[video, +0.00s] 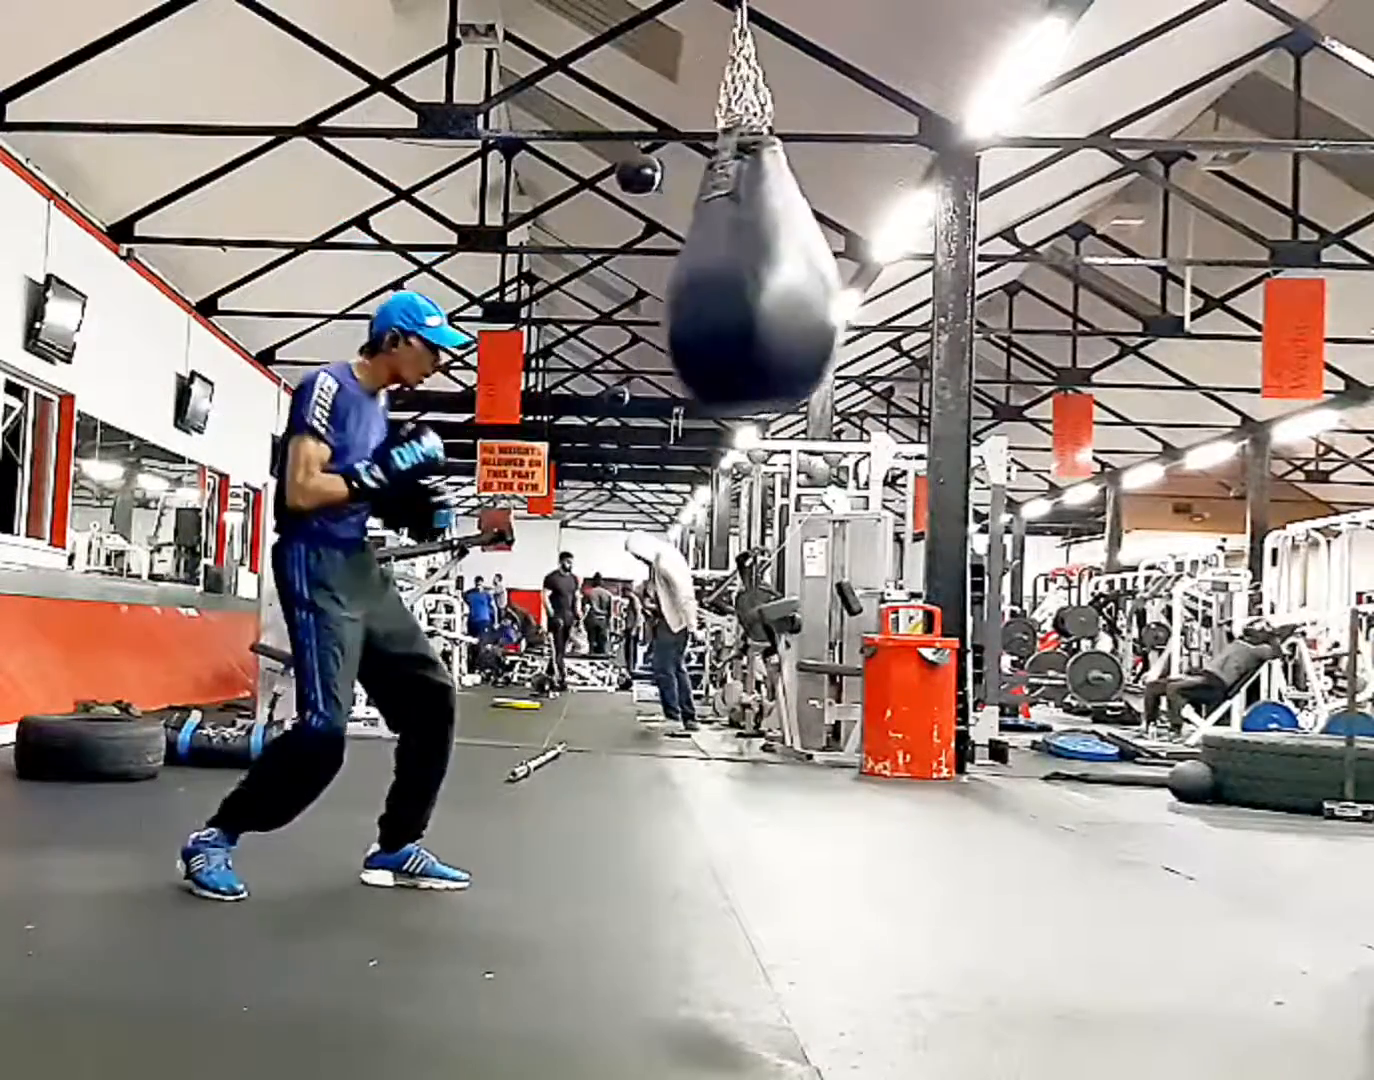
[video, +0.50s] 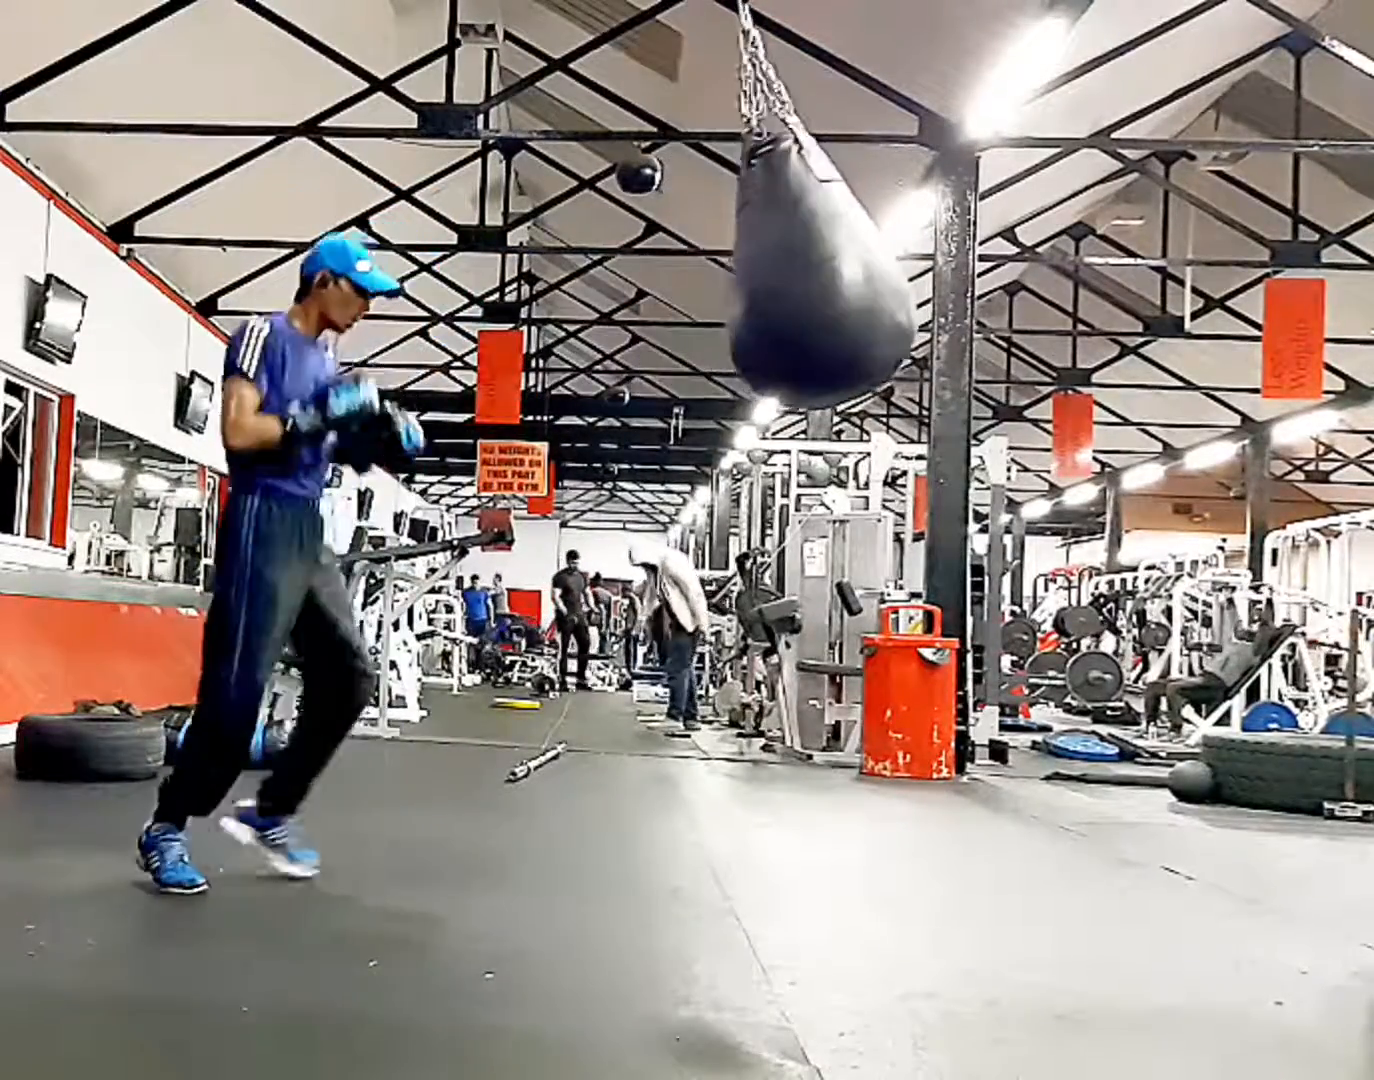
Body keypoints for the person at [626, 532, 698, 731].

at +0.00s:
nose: (641, 561)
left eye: (639, 556)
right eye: (638, 557)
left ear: (645, 550)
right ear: (645, 546)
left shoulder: (667, 561)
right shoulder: (659, 562)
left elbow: (685, 593)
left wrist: (692, 625)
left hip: (671, 624)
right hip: (671, 623)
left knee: (663, 668)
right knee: (677, 667)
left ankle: (674, 716)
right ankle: (689, 715)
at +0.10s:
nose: (639, 563)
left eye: (637, 558)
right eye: (635, 559)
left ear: (642, 552)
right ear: (641, 550)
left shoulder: (665, 560)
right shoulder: (655, 565)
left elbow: (687, 589)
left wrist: (695, 622)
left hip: (674, 622)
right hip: (666, 622)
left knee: (669, 669)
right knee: (678, 668)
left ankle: (674, 716)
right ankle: (688, 715)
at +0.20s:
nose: (637, 565)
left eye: (635, 560)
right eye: (633, 562)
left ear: (640, 554)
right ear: (640, 553)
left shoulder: (665, 559)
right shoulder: (654, 567)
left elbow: (689, 588)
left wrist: (696, 620)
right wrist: (637, 591)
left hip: (676, 624)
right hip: (664, 624)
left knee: (674, 672)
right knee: (678, 671)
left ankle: (675, 717)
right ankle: (687, 714)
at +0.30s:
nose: (640, 568)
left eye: (638, 563)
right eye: (636, 565)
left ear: (642, 555)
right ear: (640, 555)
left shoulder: (667, 559)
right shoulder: (655, 568)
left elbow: (689, 589)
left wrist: (697, 622)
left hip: (679, 621)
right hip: (667, 621)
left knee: (677, 670)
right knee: (676, 669)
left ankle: (676, 715)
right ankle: (687, 713)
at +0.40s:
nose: (641, 569)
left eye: (640, 564)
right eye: (638, 566)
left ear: (646, 556)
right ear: (643, 558)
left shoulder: (669, 561)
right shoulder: (655, 572)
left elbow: (692, 590)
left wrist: (699, 623)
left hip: (678, 627)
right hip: (664, 628)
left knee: (678, 672)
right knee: (677, 671)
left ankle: (677, 714)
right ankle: (689, 714)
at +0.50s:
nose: (645, 569)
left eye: (644, 564)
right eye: (641, 566)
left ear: (650, 556)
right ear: (642, 562)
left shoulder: (674, 563)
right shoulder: (653, 575)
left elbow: (694, 591)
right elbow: (648, 605)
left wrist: (702, 623)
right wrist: (640, 627)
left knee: (677, 669)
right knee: (683, 670)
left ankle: (676, 713)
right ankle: (690, 714)